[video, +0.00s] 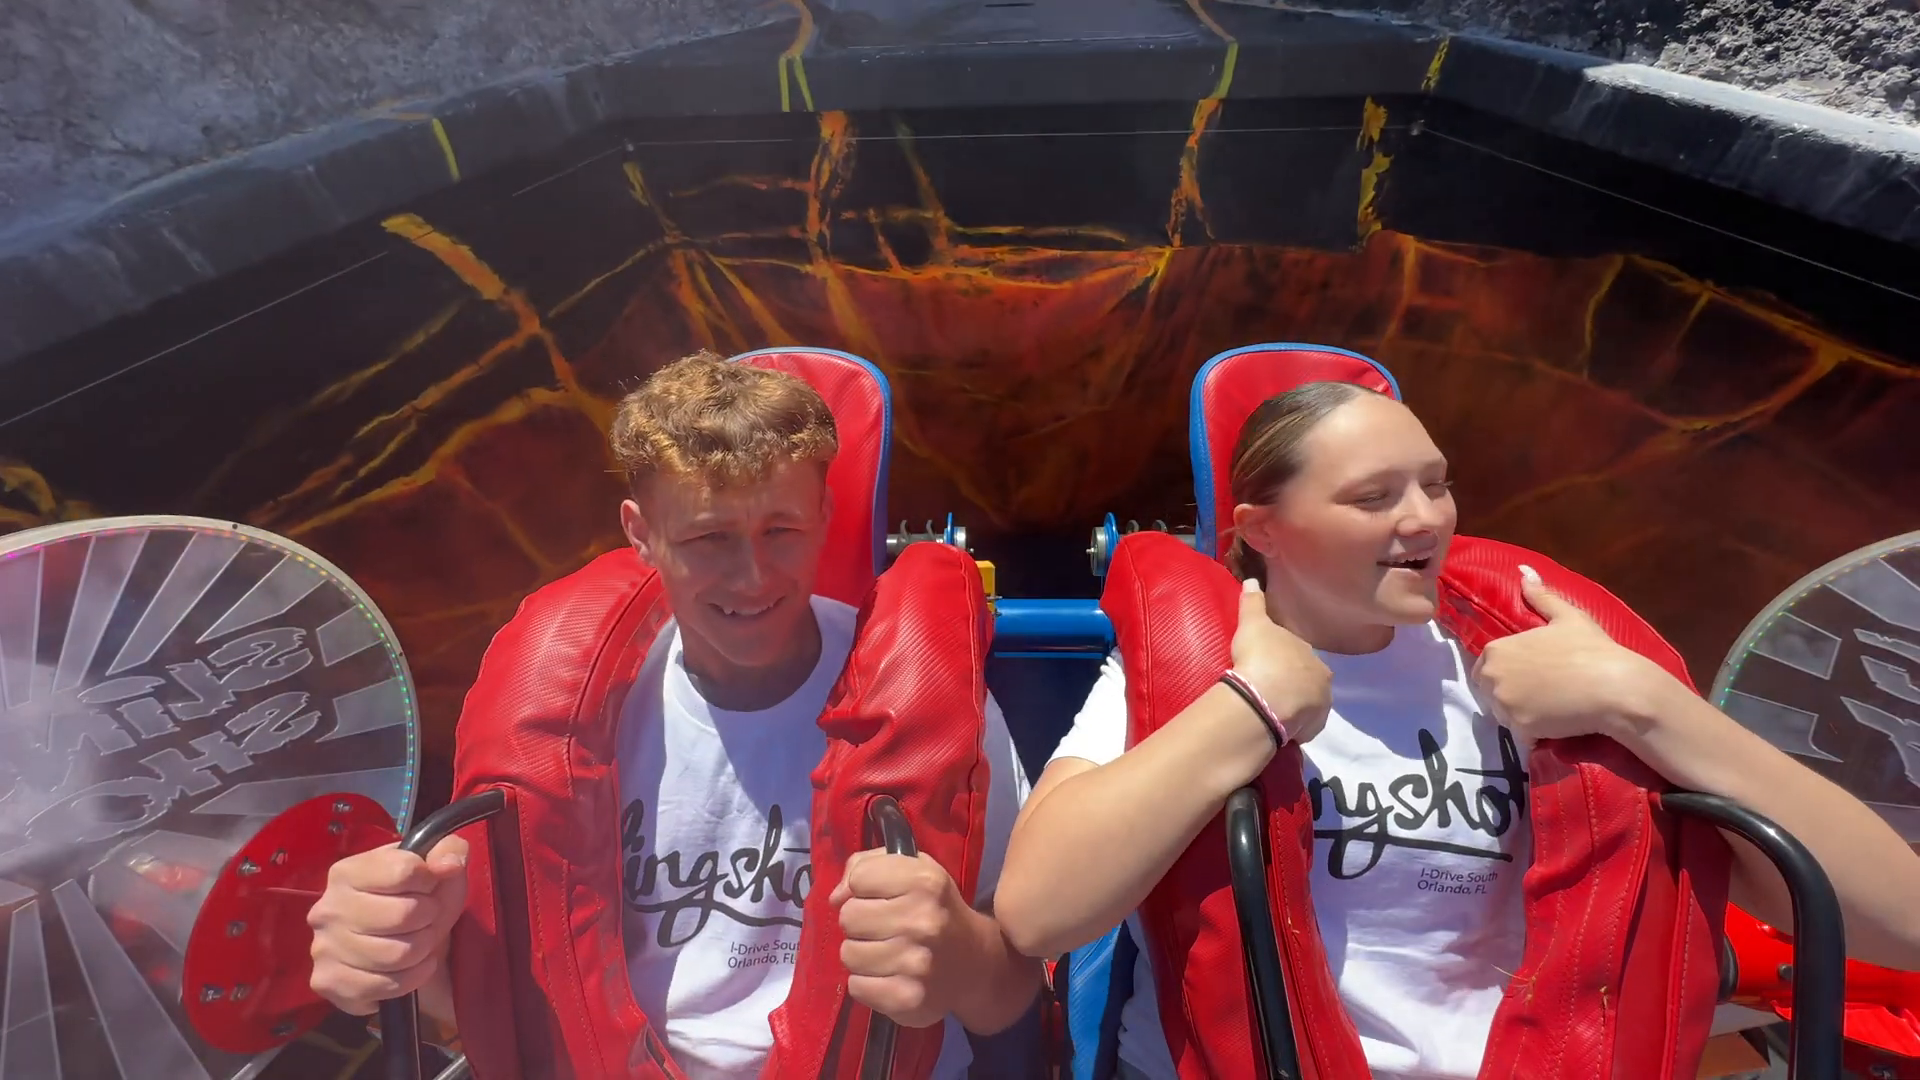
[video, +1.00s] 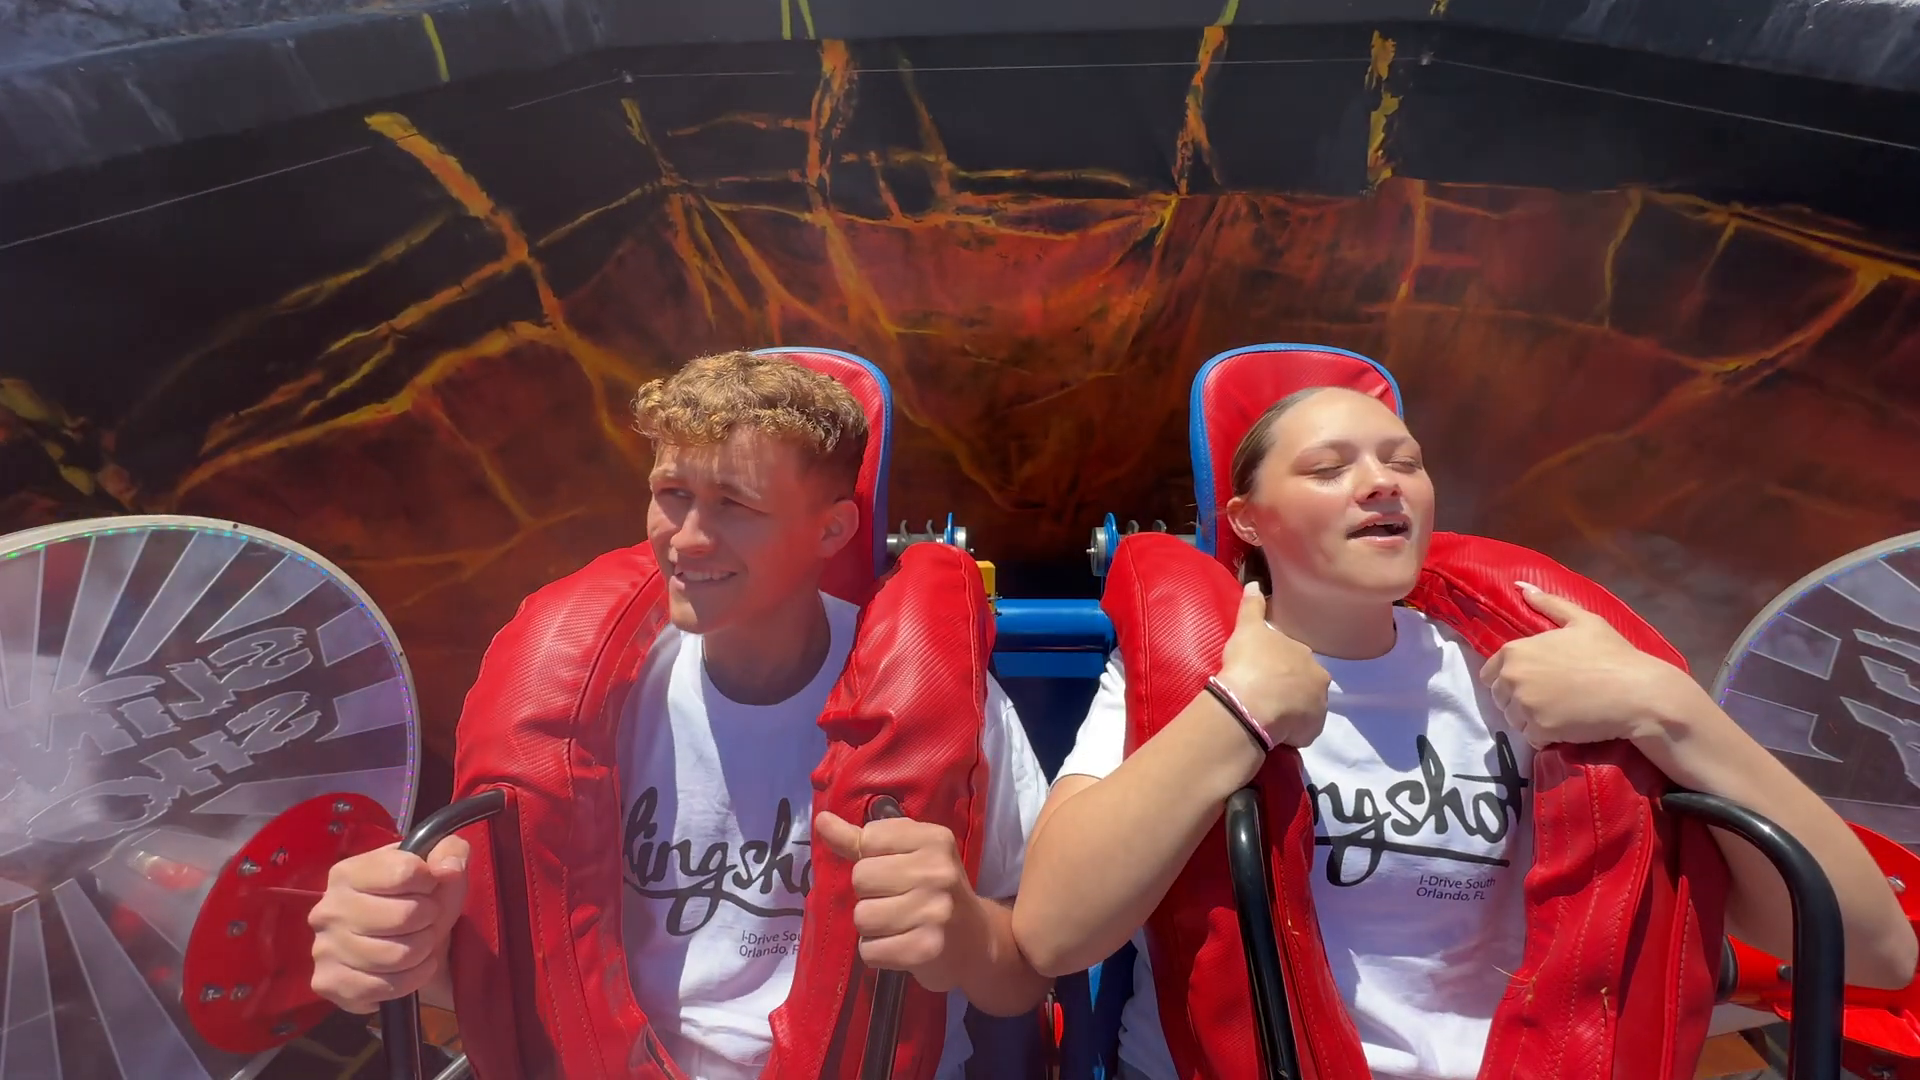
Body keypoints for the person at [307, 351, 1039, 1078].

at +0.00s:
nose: (751, 578)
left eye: (782, 532)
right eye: (708, 539)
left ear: (823, 521)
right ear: (641, 535)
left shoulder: (925, 692)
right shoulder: (564, 691)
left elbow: (1011, 995)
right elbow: (497, 1016)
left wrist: (970, 960)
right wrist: (418, 952)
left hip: (835, 1063)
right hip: (611, 1059)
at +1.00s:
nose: (684, 537)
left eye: (734, 506)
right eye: (670, 495)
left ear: (835, 528)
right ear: (648, 491)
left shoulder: (940, 701)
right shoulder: (579, 683)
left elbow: (1028, 983)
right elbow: (507, 983)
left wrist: (972, 942)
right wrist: (410, 945)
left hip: (841, 1069)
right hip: (615, 1062)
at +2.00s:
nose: (714, 521)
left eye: (755, 489)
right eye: (691, 489)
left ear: (840, 505)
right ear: (665, 495)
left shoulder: (939, 695)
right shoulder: (583, 677)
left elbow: (1027, 980)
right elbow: (512, 999)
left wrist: (964, 942)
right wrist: (417, 956)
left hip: (837, 1067)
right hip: (614, 1060)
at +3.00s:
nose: (732, 520)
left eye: (771, 488)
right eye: (707, 487)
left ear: (848, 505)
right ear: (675, 493)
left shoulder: (938, 694)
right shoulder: (582, 672)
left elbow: (1025, 968)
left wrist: (965, 945)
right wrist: (414, 948)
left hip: (831, 1063)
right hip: (610, 1057)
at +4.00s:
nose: (735, 525)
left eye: (774, 490)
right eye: (711, 489)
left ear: (849, 506)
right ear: (679, 494)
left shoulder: (935, 691)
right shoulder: (581, 672)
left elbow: (1026, 961)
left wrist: (968, 947)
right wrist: (408, 941)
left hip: (830, 1064)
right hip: (611, 1059)